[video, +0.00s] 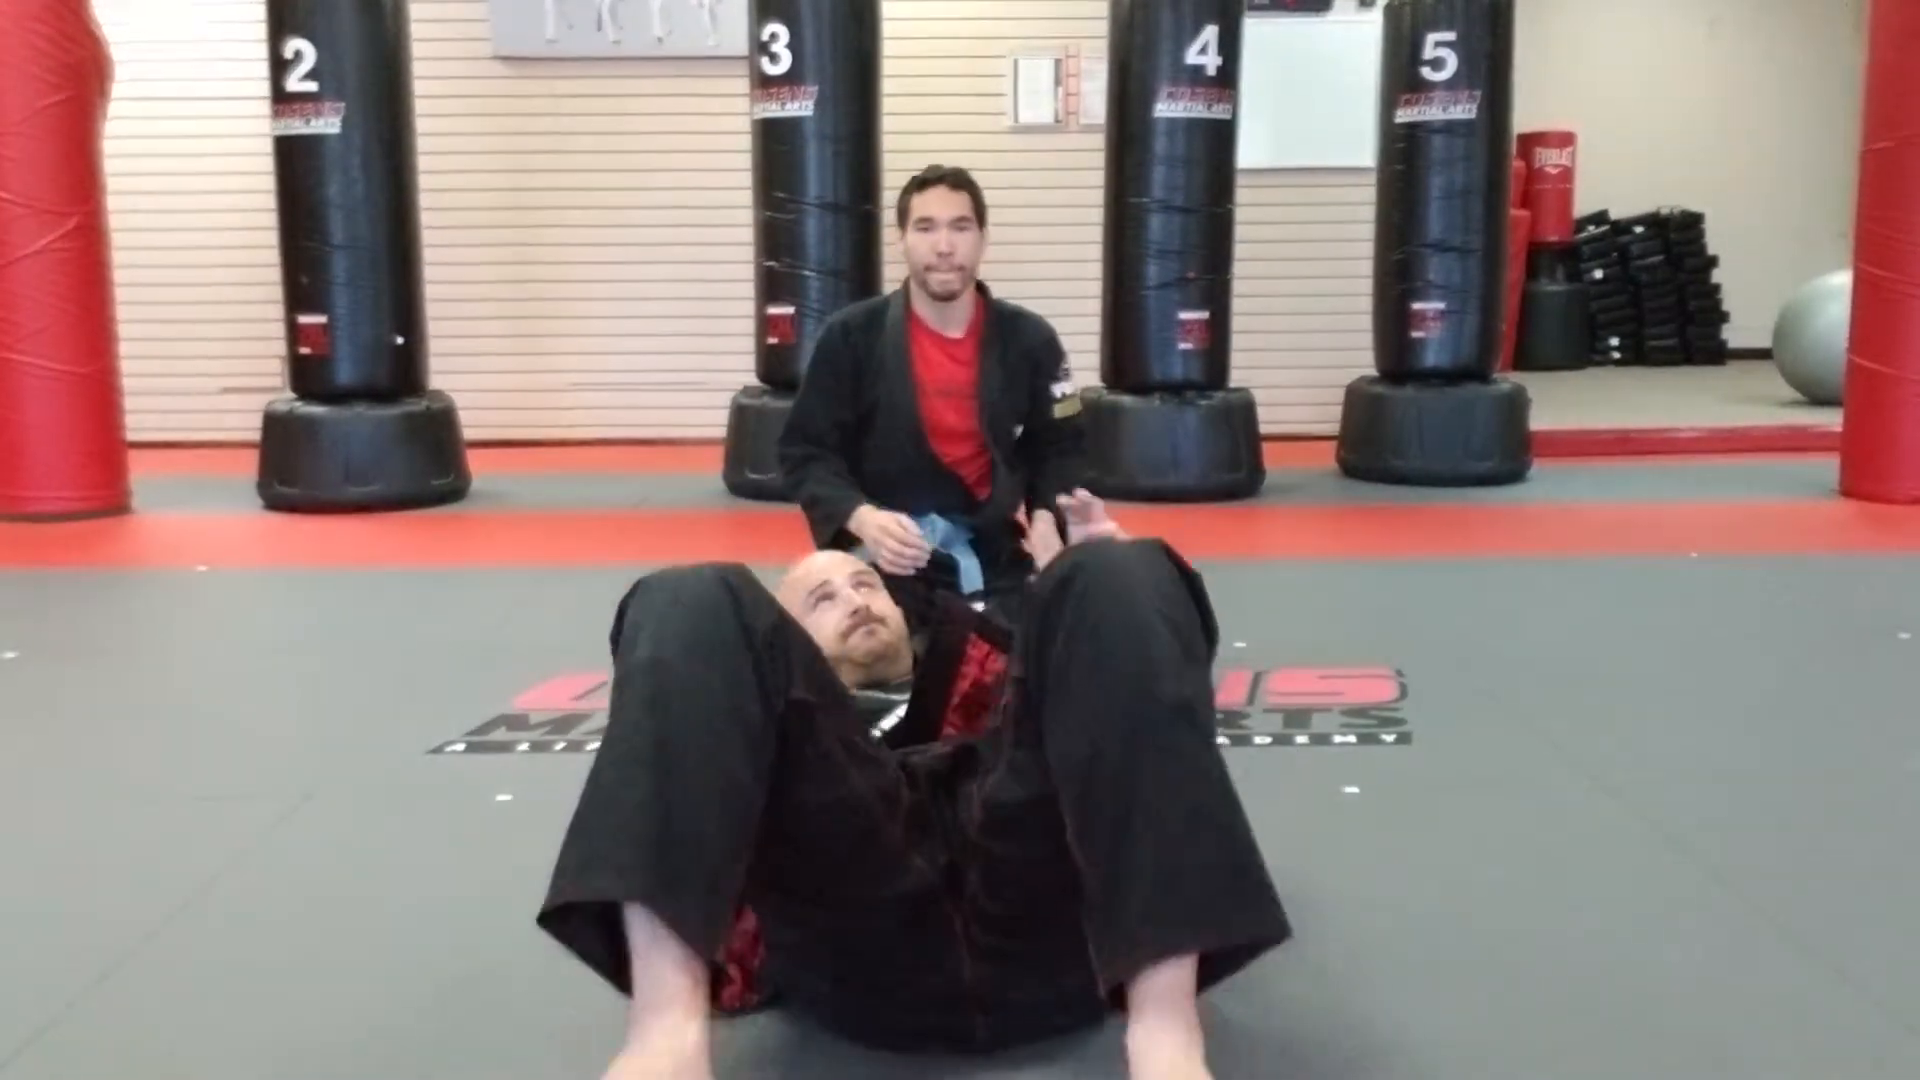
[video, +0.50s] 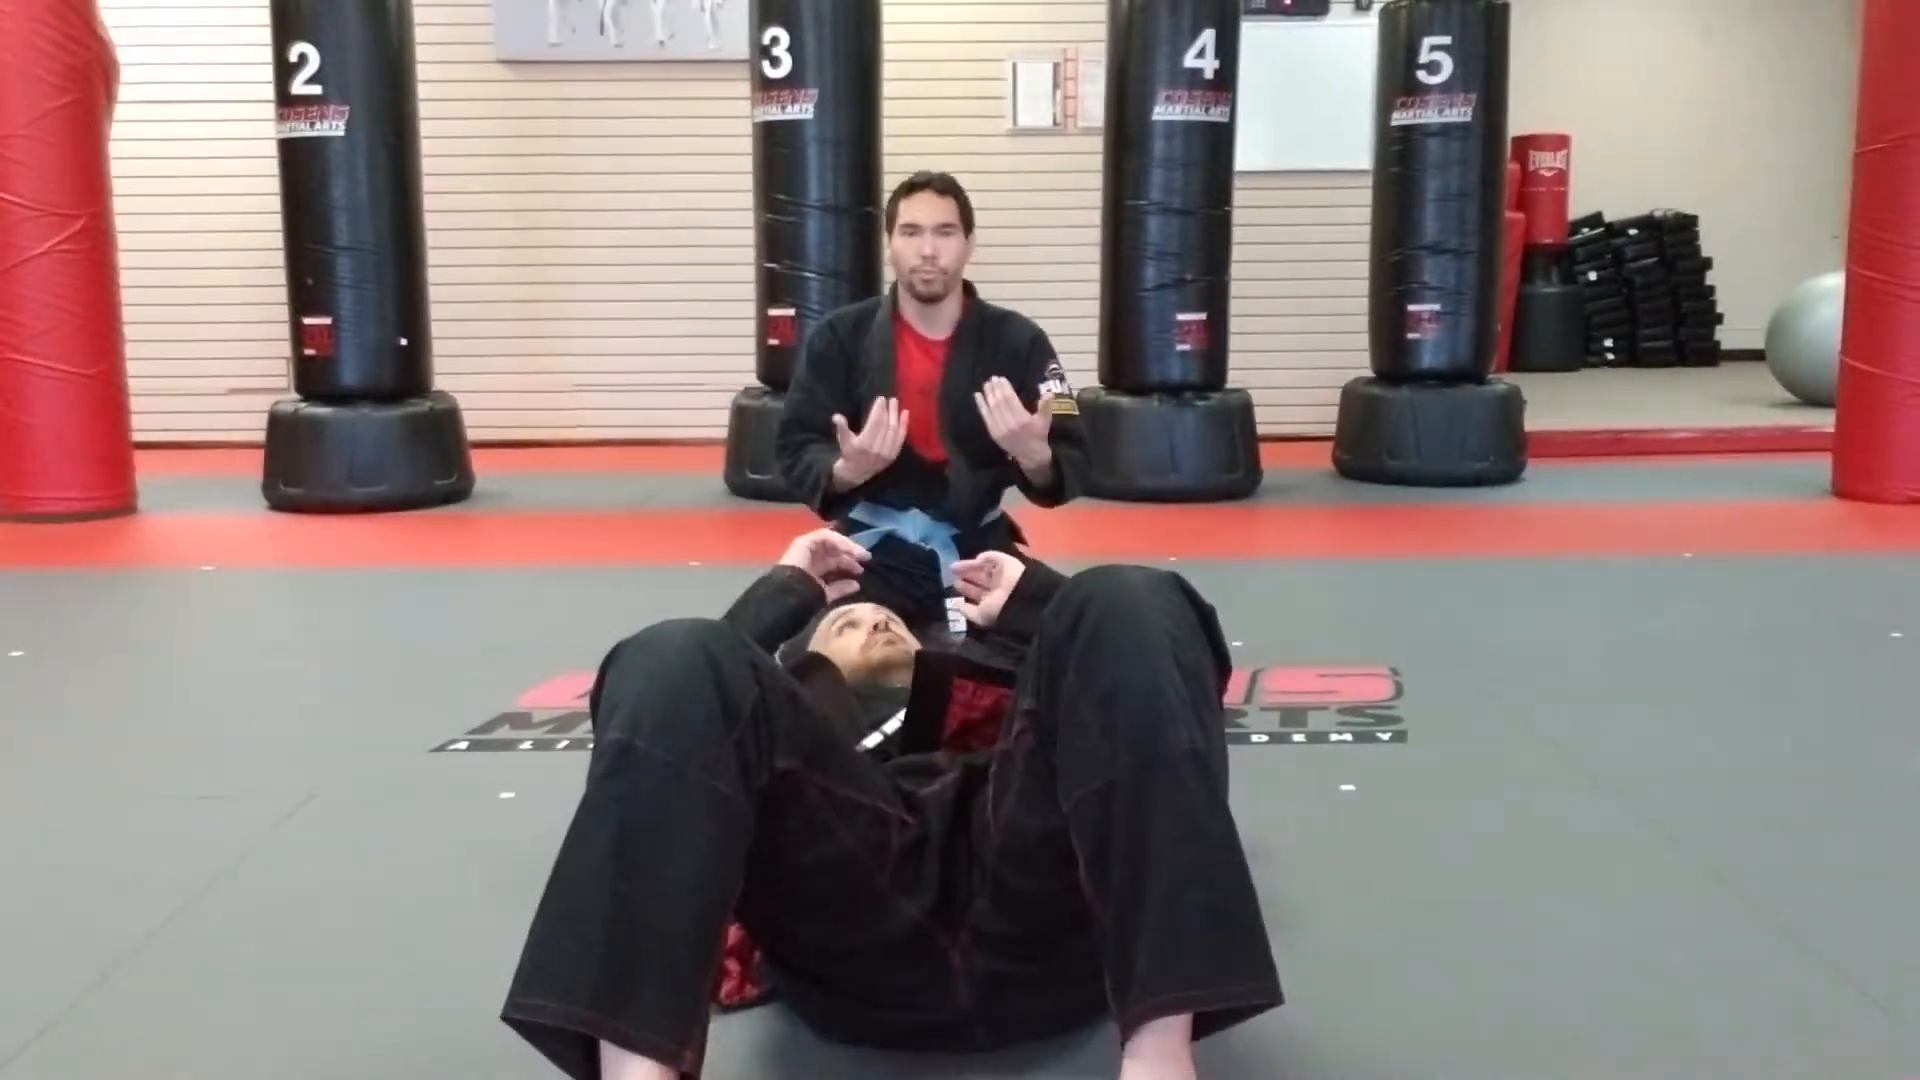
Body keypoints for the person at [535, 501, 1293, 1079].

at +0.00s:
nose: (847, 596)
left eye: (855, 581)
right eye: (818, 603)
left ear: (903, 593)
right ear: (798, 663)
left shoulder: (1024, 661)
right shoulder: (795, 736)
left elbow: (1176, 659)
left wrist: (1097, 575)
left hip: (1061, 959)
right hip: (863, 976)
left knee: (1119, 571)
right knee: (681, 598)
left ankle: (1167, 1027)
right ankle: (667, 1026)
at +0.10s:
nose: (853, 602)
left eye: (860, 598)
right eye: (824, 613)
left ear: (923, 632)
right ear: (800, 688)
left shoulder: (1016, 690)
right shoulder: (795, 752)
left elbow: (1191, 705)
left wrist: (1083, 581)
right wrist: (696, 654)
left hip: (1054, 925)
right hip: (854, 945)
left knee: (1139, 606)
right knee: (662, 658)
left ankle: (1160, 1051)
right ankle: (638, 1061)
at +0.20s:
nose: (862, 615)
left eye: (884, 612)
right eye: (834, 619)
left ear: (928, 654)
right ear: (796, 681)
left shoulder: (1008, 710)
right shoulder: (782, 743)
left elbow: (1180, 712)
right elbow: (671, 780)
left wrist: (1044, 586)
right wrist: (728, 633)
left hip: (1048, 942)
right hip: (857, 960)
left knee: (1146, 599)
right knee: (665, 656)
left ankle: (1167, 1047)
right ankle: (638, 1058)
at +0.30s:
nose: (871, 617)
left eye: (892, 614)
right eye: (842, 618)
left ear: (935, 654)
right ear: (795, 672)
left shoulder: (1011, 715)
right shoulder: (782, 727)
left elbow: (1183, 681)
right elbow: (680, 726)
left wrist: (1027, 608)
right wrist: (755, 598)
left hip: (1046, 932)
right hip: (850, 945)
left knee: (1141, 601)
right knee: (662, 658)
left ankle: (1162, 1049)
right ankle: (636, 1060)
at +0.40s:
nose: (880, 623)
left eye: (898, 620)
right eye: (851, 623)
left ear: (934, 646)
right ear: (807, 667)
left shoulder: (1005, 687)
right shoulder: (787, 718)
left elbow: (1182, 682)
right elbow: (665, 725)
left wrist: (1043, 620)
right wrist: (766, 603)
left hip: (1045, 920)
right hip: (850, 929)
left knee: (1137, 600)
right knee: (667, 659)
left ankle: (1162, 1045)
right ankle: (640, 1058)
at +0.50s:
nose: (877, 631)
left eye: (893, 627)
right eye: (853, 632)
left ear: (933, 641)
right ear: (814, 664)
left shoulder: (1010, 677)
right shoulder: (793, 712)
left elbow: (1185, 672)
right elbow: (689, 710)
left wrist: (1045, 608)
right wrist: (787, 590)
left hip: (1047, 919)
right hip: (853, 929)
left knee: (1139, 600)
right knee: (666, 661)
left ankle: (1163, 1050)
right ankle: (638, 1062)